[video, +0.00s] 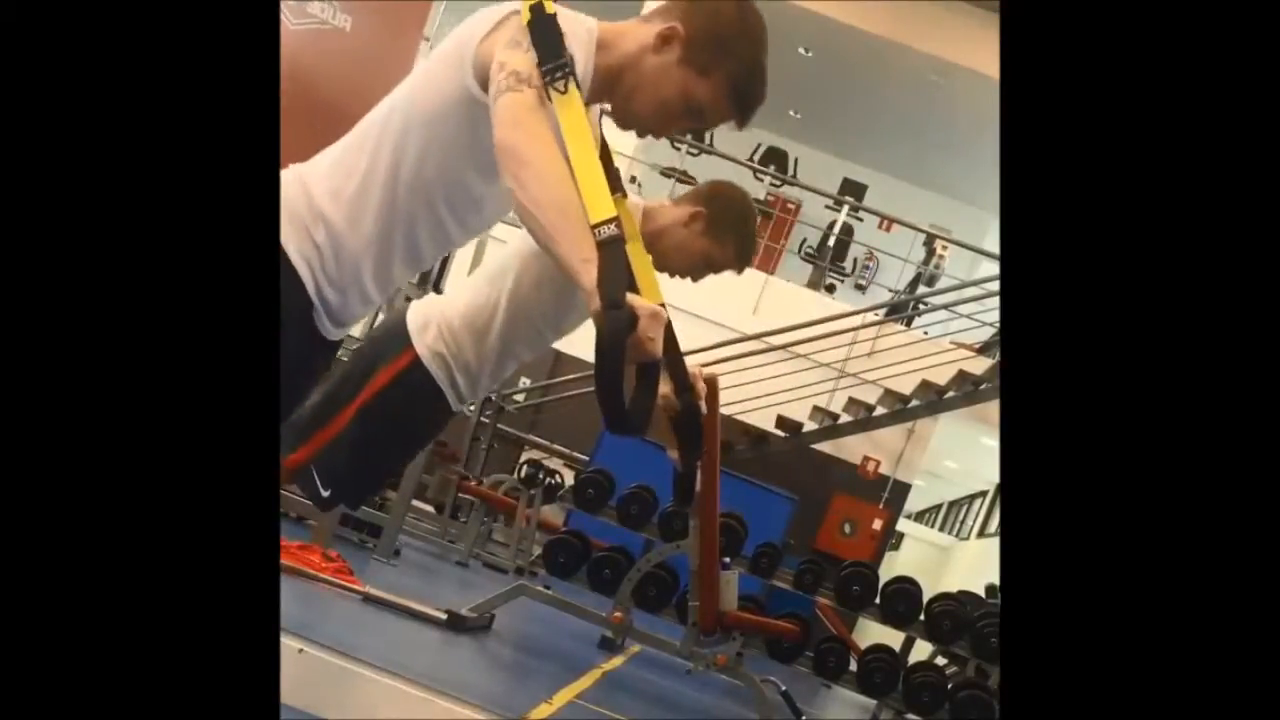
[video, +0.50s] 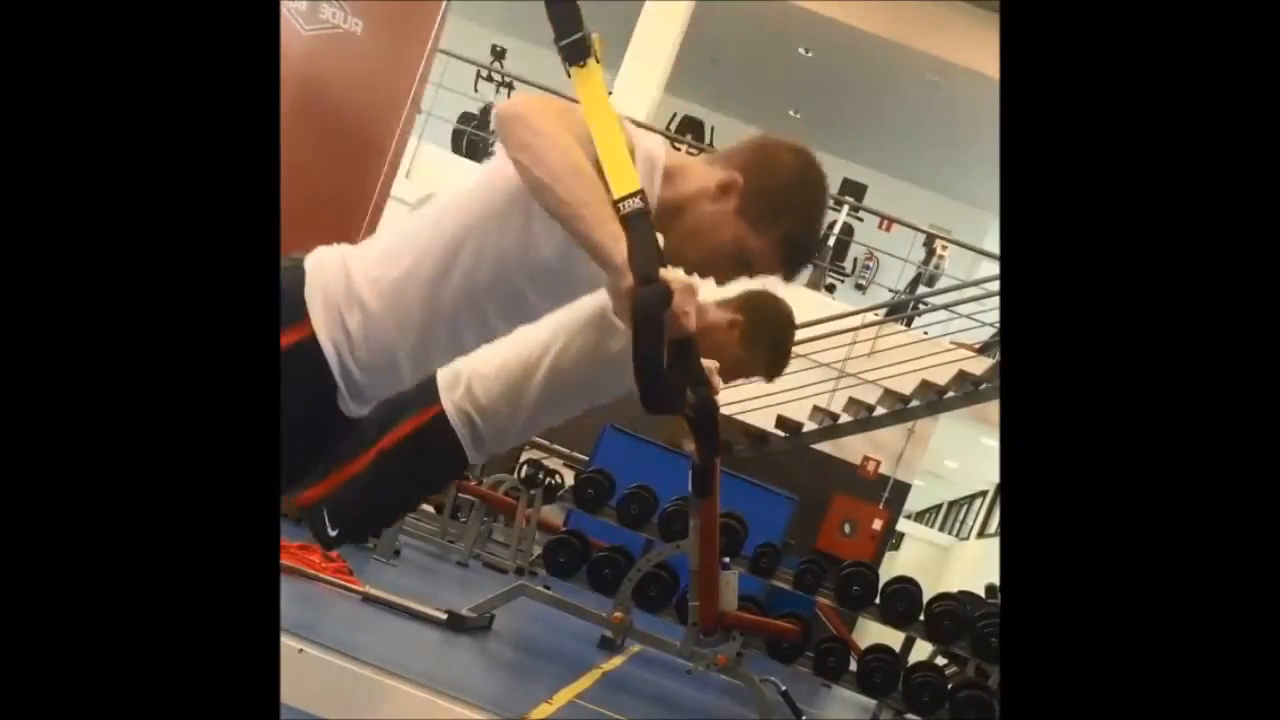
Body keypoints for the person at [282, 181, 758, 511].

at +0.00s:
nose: (696, 277)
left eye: (709, 272)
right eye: (708, 264)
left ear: (689, 219)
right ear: (692, 220)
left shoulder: (627, 257)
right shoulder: (609, 217)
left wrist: (676, 391)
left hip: (443, 382)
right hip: (419, 356)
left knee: (320, 502)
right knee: (295, 488)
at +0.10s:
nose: (698, 289)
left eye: (711, 285)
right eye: (710, 277)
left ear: (694, 232)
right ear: (696, 233)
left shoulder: (634, 263)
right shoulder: (616, 219)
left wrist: (673, 373)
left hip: (444, 387)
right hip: (422, 364)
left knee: (318, 506)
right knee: (297, 493)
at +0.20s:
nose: (696, 305)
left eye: (710, 303)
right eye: (708, 294)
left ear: (700, 248)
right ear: (701, 247)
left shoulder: (639, 273)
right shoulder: (626, 235)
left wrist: (681, 370)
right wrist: (677, 359)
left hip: (447, 395)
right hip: (425, 374)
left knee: (321, 514)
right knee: (297, 503)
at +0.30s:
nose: (699, 329)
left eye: (716, 328)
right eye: (711, 315)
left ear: (702, 274)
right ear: (704, 269)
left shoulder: (649, 302)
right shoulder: (633, 252)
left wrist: (696, 394)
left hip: (453, 403)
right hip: (433, 381)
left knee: (323, 518)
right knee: (301, 507)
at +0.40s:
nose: (708, 350)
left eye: (722, 348)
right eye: (719, 339)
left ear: (718, 295)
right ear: (715, 298)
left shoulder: (661, 320)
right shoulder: (645, 282)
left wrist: (697, 390)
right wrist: (692, 387)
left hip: (460, 416)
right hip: (442, 397)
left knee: (332, 518)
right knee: (309, 508)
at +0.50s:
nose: (724, 365)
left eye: (735, 364)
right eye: (736, 355)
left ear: (728, 334)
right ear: (730, 318)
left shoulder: (670, 355)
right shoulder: (662, 294)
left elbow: (668, 413)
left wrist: (695, 404)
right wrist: (687, 376)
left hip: (475, 434)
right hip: (455, 404)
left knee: (342, 524)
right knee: (320, 512)